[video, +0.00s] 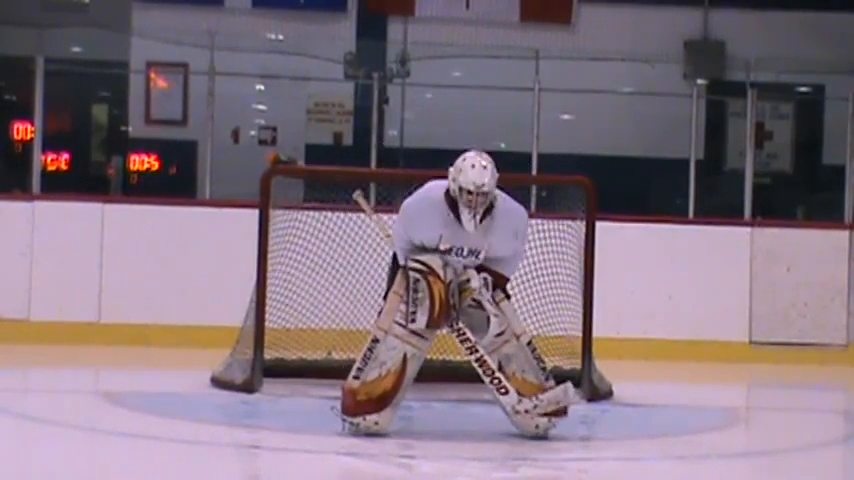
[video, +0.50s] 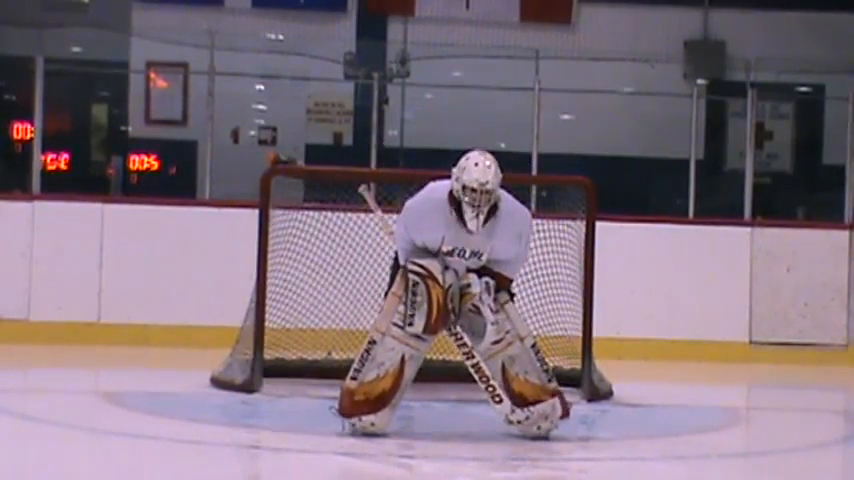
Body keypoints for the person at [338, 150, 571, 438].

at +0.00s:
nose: (474, 201)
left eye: (482, 195)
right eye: (467, 194)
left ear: (493, 192)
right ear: (453, 187)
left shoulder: (513, 217)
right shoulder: (421, 206)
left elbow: (502, 269)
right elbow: (405, 256)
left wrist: (478, 286)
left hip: (475, 281)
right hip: (424, 276)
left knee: (506, 340)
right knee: (403, 333)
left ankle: (535, 413)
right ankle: (368, 409)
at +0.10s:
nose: (476, 201)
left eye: (484, 195)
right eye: (470, 194)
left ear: (495, 194)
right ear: (455, 187)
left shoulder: (515, 218)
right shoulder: (422, 206)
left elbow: (501, 271)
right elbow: (405, 257)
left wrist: (478, 290)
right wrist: (425, 291)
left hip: (476, 279)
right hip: (423, 274)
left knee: (504, 337)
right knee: (402, 332)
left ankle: (535, 412)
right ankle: (368, 409)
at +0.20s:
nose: (476, 198)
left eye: (484, 192)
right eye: (469, 190)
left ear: (495, 190)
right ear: (456, 185)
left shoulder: (515, 217)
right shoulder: (423, 206)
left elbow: (502, 270)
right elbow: (407, 254)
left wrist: (477, 291)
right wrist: (432, 287)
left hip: (475, 278)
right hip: (422, 272)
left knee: (506, 338)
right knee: (400, 333)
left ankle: (536, 413)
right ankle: (367, 410)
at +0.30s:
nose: (476, 201)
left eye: (484, 194)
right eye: (469, 193)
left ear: (495, 193)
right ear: (456, 187)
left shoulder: (515, 218)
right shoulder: (424, 206)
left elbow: (503, 271)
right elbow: (406, 255)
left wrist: (478, 289)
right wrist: (430, 288)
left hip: (477, 281)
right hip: (423, 275)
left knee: (507, 340)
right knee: (400, 335)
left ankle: (535, 414)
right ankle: (368, 411)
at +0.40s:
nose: (476, 204)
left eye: (484, 197)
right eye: (470, 196)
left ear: (495, 195)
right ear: (456, 189)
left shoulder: (516, 219)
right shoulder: (424, 208)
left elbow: (504, 272)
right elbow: (407, 256)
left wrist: (479, 289)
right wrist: (432, 289)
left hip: (477, 281)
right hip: (423, 274)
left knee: (506, 339)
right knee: (401, 333)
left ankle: (536, 412)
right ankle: (367, 410)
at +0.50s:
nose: (477, 201)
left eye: (484, 195)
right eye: (470, 194)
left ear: (496, 193)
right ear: (456, 187)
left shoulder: (516, 218)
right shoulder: (425, 206)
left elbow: (503, 274)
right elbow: (409, 255)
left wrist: (478, 293)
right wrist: (434, 289)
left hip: (478, 281)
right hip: (425, 274)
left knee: (507, 339)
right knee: (402, 333)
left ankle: (535, 414)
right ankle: (368, 411)